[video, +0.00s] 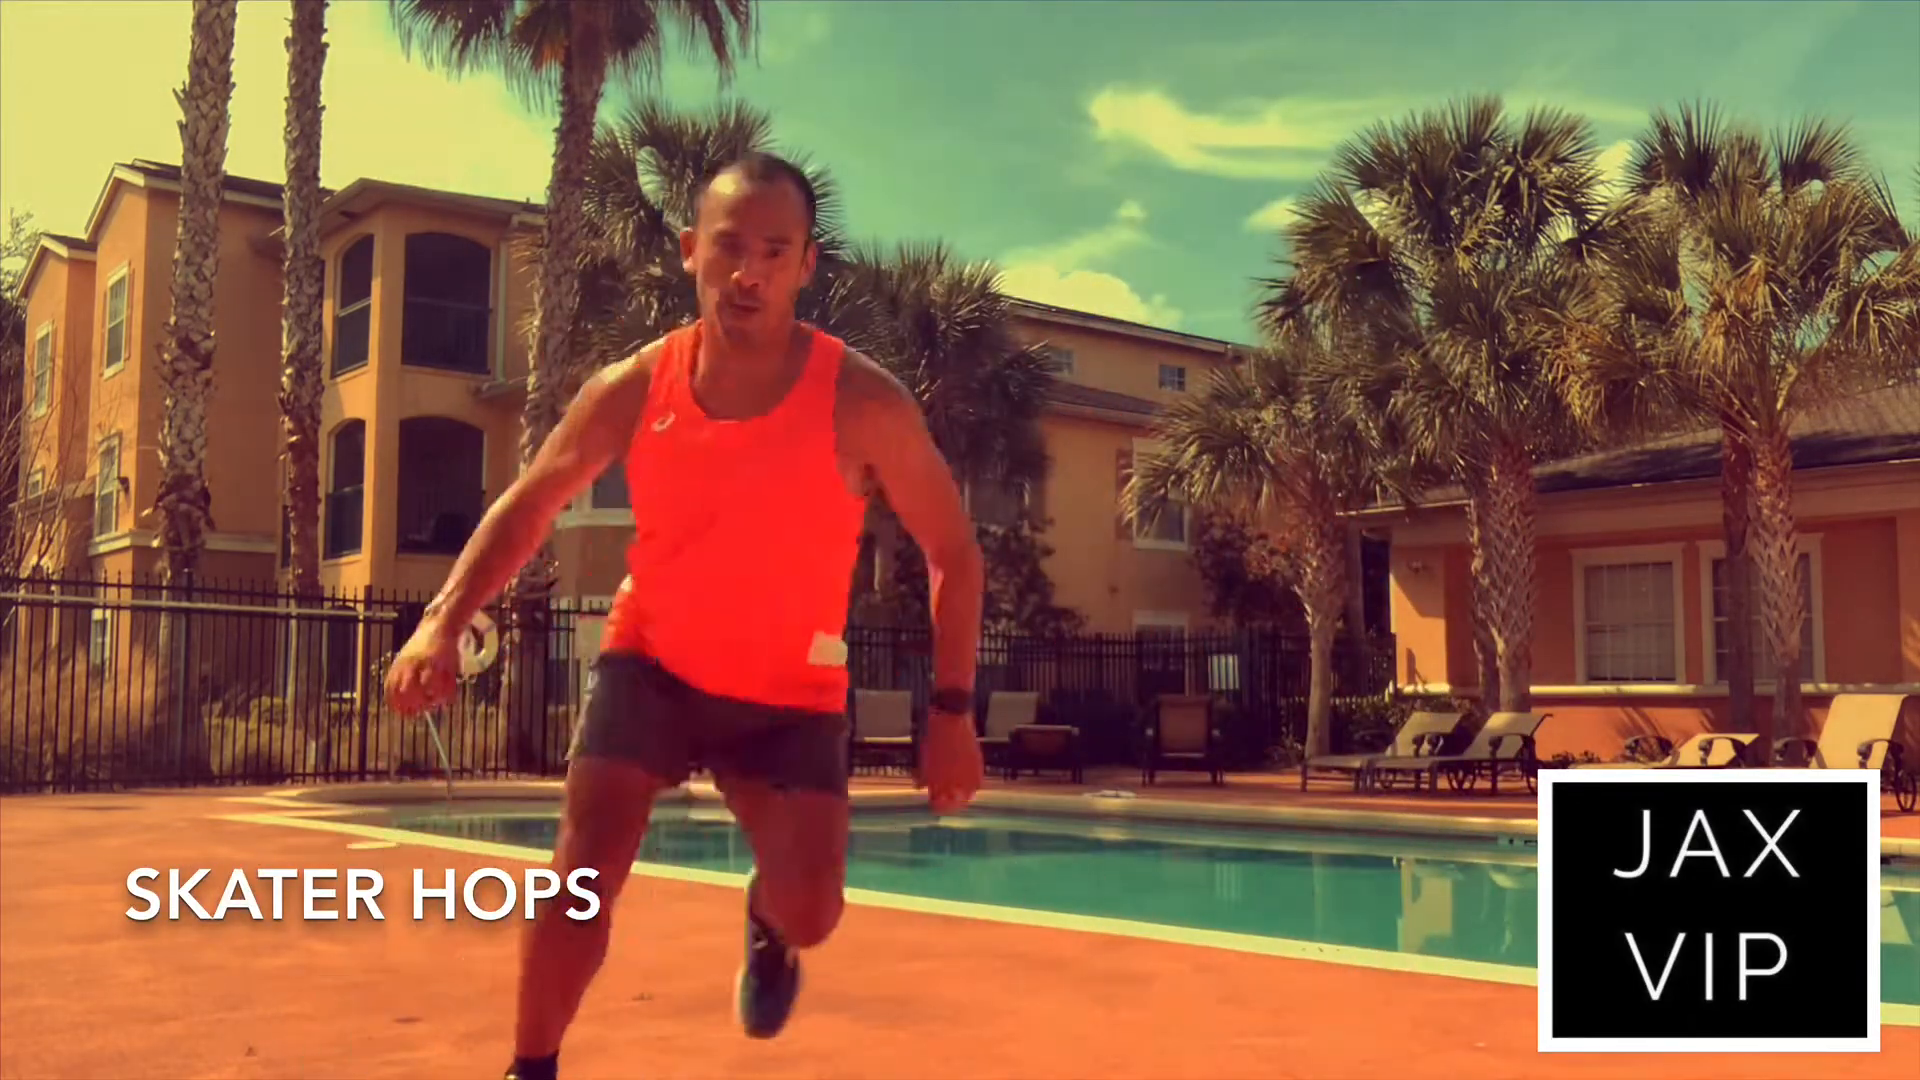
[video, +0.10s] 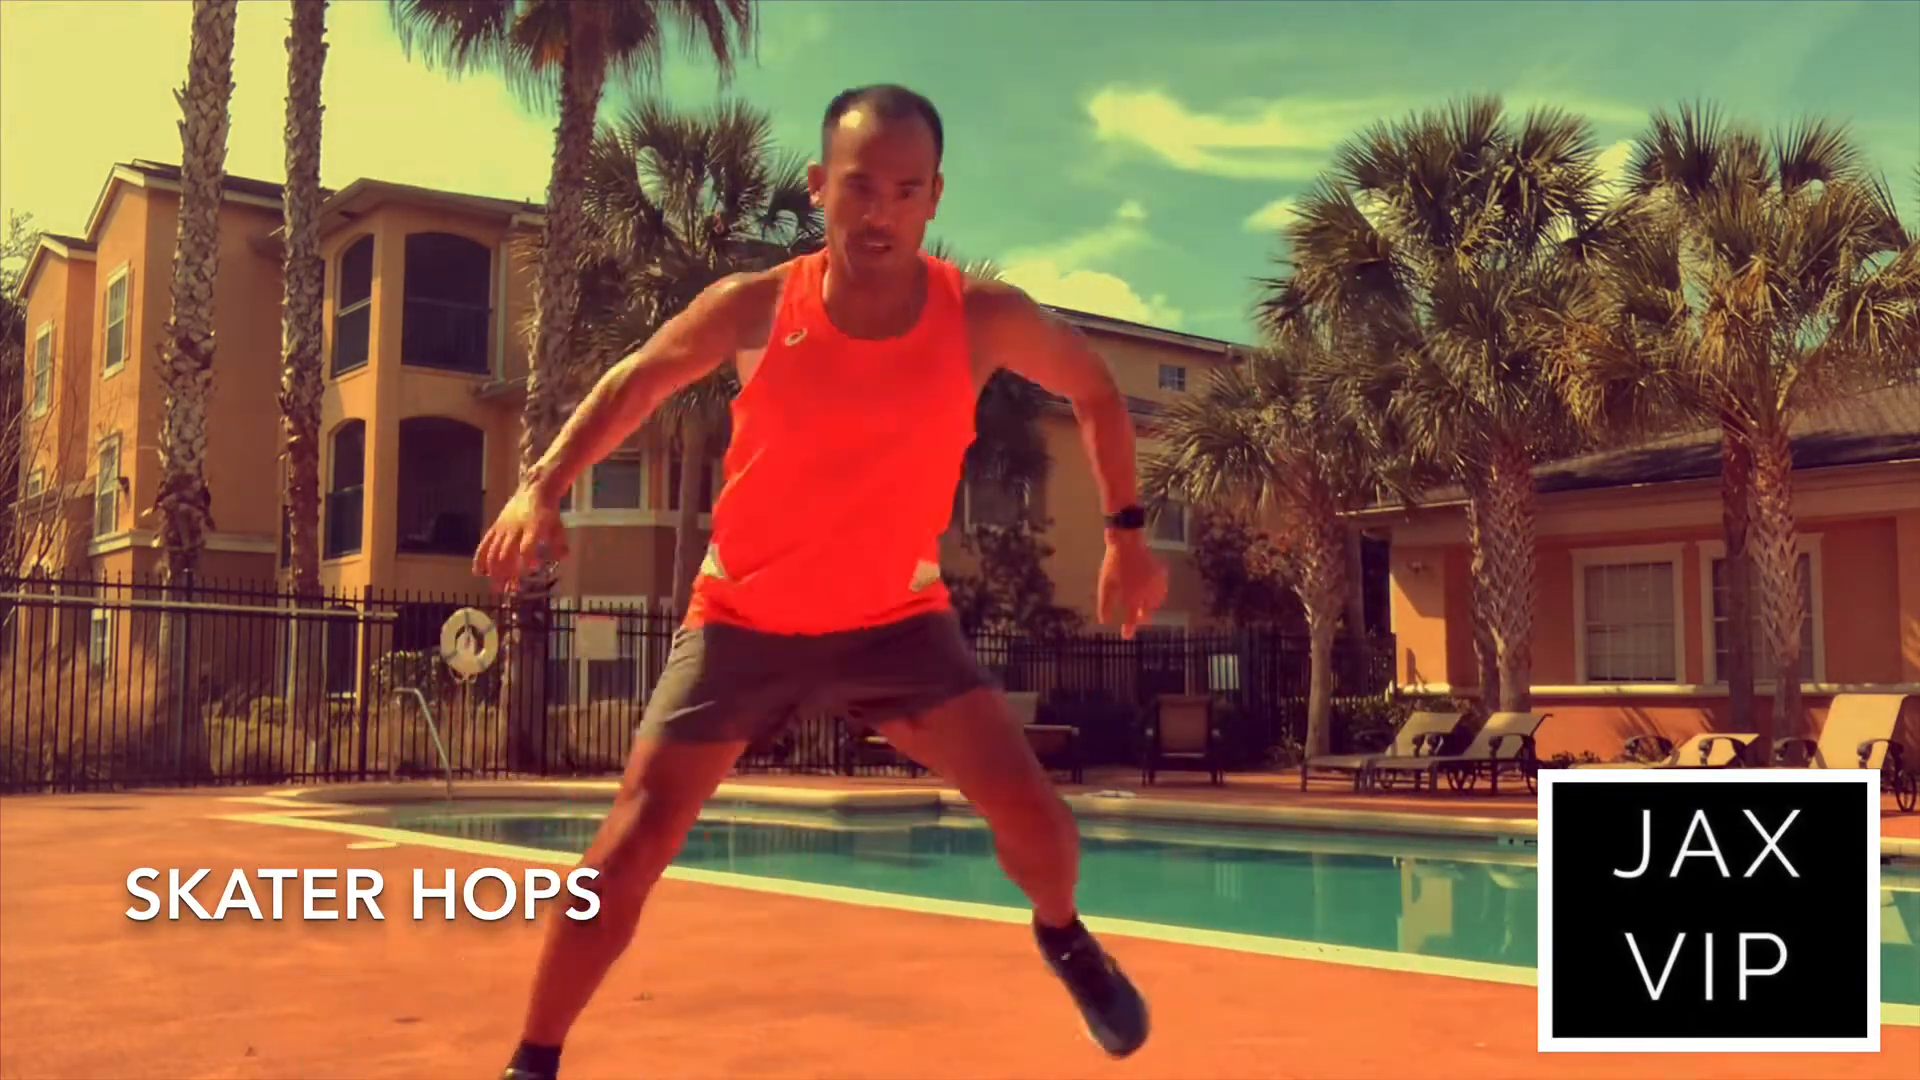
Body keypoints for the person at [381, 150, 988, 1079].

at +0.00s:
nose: (748, 268)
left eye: (773, 249)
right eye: (728, 244)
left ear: (806, 264)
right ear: (690, 251)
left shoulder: (865, 405)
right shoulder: (637, 389)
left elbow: (956, 555)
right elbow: (533, 499)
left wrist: (952, 709)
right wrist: (443, 619)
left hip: (794, 691)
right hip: (650, 669)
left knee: (809, 915)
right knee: (583, 877)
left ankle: (770, 919)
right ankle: (532, 1067)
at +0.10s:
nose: (882, 211)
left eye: (905, 190)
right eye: (861, 185)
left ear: (934, 197)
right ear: (820, 187)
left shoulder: (986, 318)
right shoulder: (754, 305)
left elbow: (1097, 393)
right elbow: (637, 382)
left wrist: (1126, 532)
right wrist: (540, 490)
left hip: (897, 619)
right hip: (743, 620)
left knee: (1032, 812)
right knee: (634, 839)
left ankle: (1062, 935)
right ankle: (533, 1061)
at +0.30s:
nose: (1166, 198)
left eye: (1188, 174)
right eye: (1143, 169)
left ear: (1207, 177)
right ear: (1088, 166)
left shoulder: (1234, 296)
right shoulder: (1003, 292)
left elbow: (1286, 384)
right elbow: (884, 400)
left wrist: (1308, 499)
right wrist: (802, 524)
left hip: (1164, 604)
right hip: (1004, 597)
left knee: (1299, 807)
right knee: (859, 828)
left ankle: (1448, 1026)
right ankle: (857, 917)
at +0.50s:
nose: (1385, 336)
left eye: (1404, 312)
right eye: (1360, 309)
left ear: (1420, 322)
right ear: (1298, 314)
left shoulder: (1420, 424)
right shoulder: (1231, 452)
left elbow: (1433, 514)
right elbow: (1152, 648)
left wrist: (1453, 622)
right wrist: (1206, 807)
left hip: (1363, 689)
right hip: (1237, 727)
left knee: (1456, 873)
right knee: (1266, 984)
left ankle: (1478, 1072)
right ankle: (1350, 910)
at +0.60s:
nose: (1443, 390)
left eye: (1461, 366)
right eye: (1417, 362)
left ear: (1476, 375)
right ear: (1351, 371)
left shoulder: (1456, 464)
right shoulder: (1300, 513)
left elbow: (1449, 538)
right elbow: (1303, 736)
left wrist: (1473, 600)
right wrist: (1449, 881)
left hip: (1406, 704)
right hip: (1285, 751)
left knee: (1466, 880)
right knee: (1405, 997)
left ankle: (1477, 1075)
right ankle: (1494, 966)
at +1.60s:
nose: (619, 247)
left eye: (650, 223)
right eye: (609, 220)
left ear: (720, 231)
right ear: (595, 224)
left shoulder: (791, 386)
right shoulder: (554, 368)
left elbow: (896, 548)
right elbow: (483, 498)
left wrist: (894, 677)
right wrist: (409, 626)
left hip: (758, 676)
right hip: (595, 664)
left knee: (858, 898)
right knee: (501, 873)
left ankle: (764, 809)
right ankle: (444, 1073)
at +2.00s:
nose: (411, 465)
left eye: (446, 444)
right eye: (403, 437)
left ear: (516, 463)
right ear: (390, 438)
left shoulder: (568, 607)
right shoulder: (368, 537)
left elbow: (473, 790)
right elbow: (335, 590)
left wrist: (265, 866)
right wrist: (225, 666)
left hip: (483, 828)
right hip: (373, 749)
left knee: (307, 1023)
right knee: (379, 861)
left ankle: (200, 1019)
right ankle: (423, 1074)